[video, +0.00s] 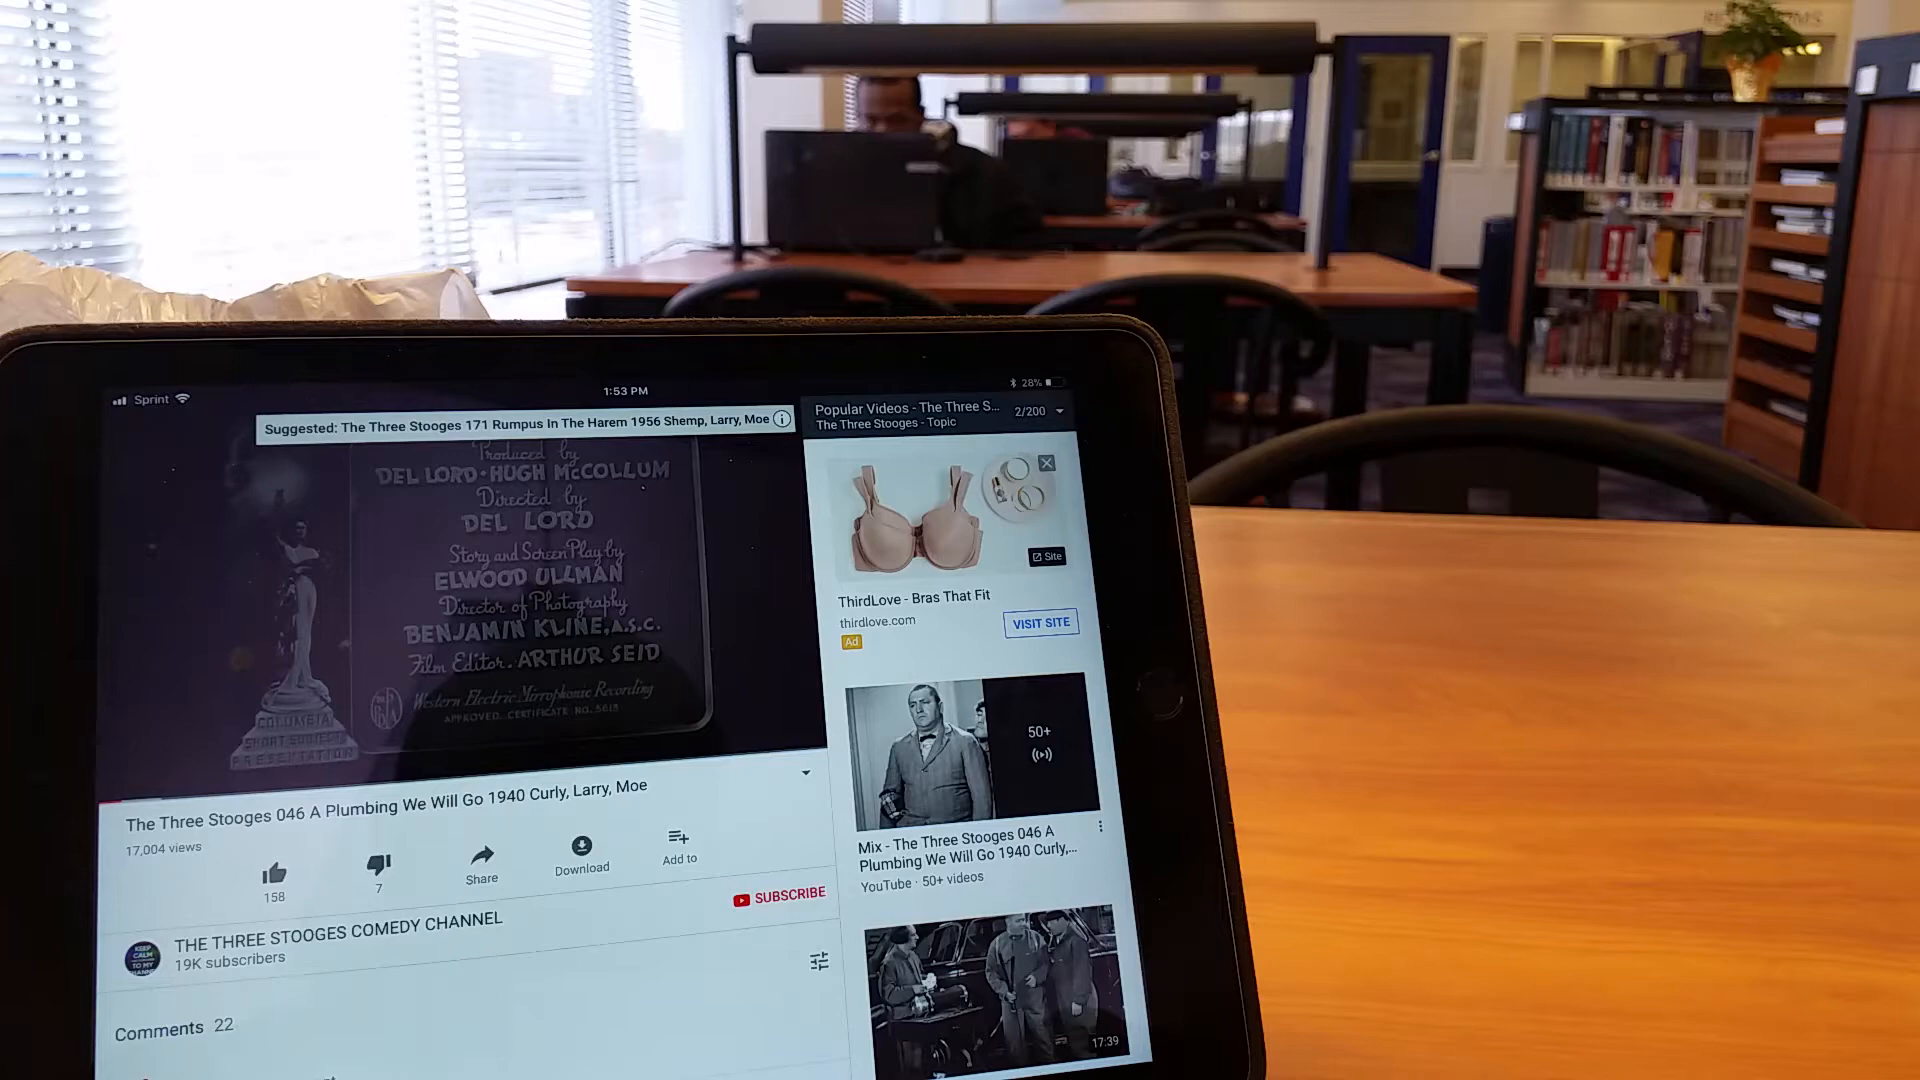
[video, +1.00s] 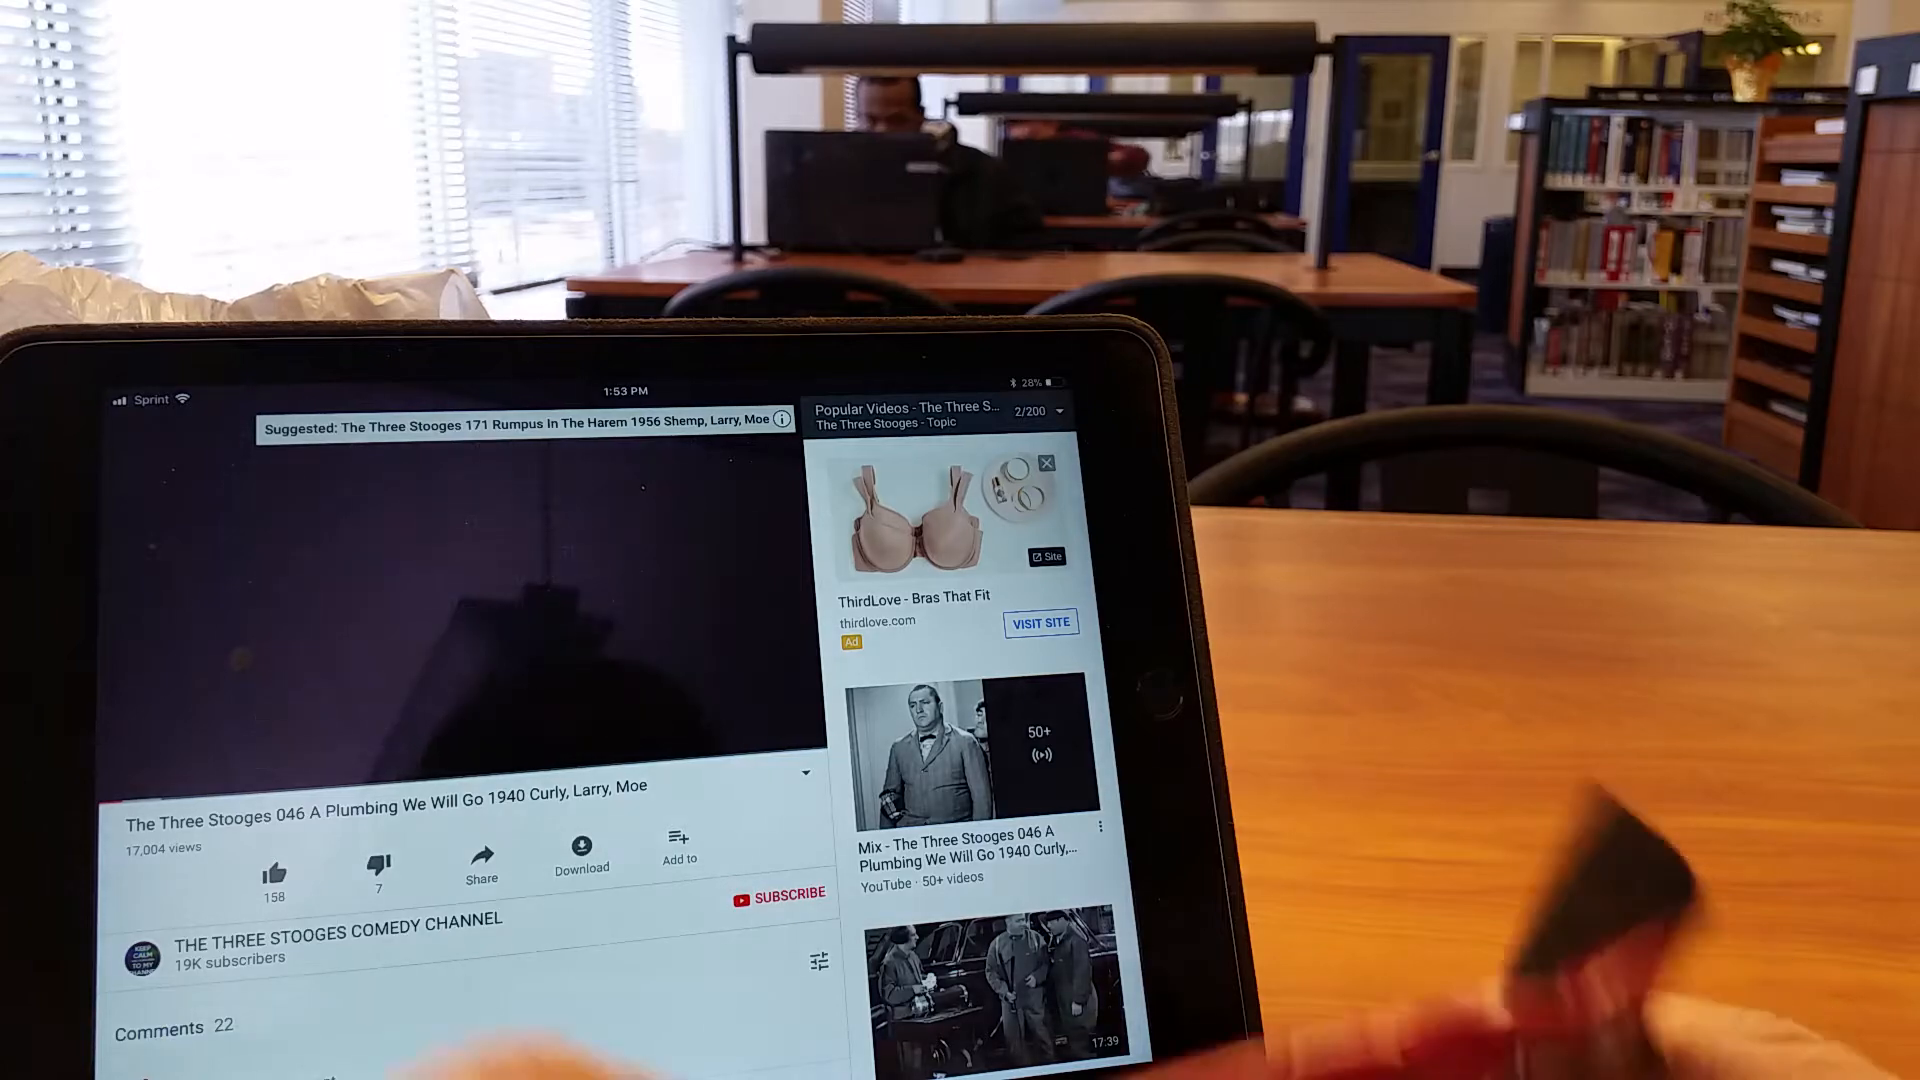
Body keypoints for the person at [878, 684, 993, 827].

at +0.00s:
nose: (919, 709)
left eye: (925, 703)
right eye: (913, 705)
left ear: (940, 707)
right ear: (909, 711)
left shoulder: (964, 742)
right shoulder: (899, 748)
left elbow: (981, 795)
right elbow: (890, 796)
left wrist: (979, 834)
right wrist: (886, 837)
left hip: (956, 832)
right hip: (911, 835)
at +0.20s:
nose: (919, 709)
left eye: (925, 703)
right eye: (913, 705)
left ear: (940, 707)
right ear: (909, 711)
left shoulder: (964, 742)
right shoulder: (899, 748)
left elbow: (981, 795)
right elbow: (890, 796)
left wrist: (979, 834)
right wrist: (886, 837)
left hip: (956, 832)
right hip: (911, 836)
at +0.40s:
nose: (919, 709)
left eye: (925, 703)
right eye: (913, 705)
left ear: (940, 707)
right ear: (909, 711)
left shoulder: (964, 742)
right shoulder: (899, 748)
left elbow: (981, 795)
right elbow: (890, 794)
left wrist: (979, 834)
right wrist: (886, 838)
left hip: (956, 832)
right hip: (911, 835)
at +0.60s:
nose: (919, 709)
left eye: (925, 703)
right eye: (913, 705)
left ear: (940, 707)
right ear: (909, 711)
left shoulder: (964, 742)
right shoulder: (899, 748)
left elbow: (981, 796)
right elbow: (890, 795)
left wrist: (979, 834)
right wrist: (886, 838)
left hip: (956, 832)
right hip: (911, 835)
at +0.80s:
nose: (919, 709)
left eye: (925, 703)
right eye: (913, 705)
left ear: (940, 707)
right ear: (909, 711)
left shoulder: (964, 742)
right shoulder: (899, 748)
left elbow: (981, 796)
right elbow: (890, 795)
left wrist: (979, 834)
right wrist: (886, 838)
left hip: (956, 832)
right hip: (911, 835)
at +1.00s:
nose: (919, 709)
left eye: (925, 703)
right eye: (913, 705)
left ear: (940, 707)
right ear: (909, 711)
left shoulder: (964, 742)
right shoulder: (899, 748)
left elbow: (981, 795)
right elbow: (890, 795)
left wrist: (979, 834)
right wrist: (887, 838)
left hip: (956, 832)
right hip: (911, 836)